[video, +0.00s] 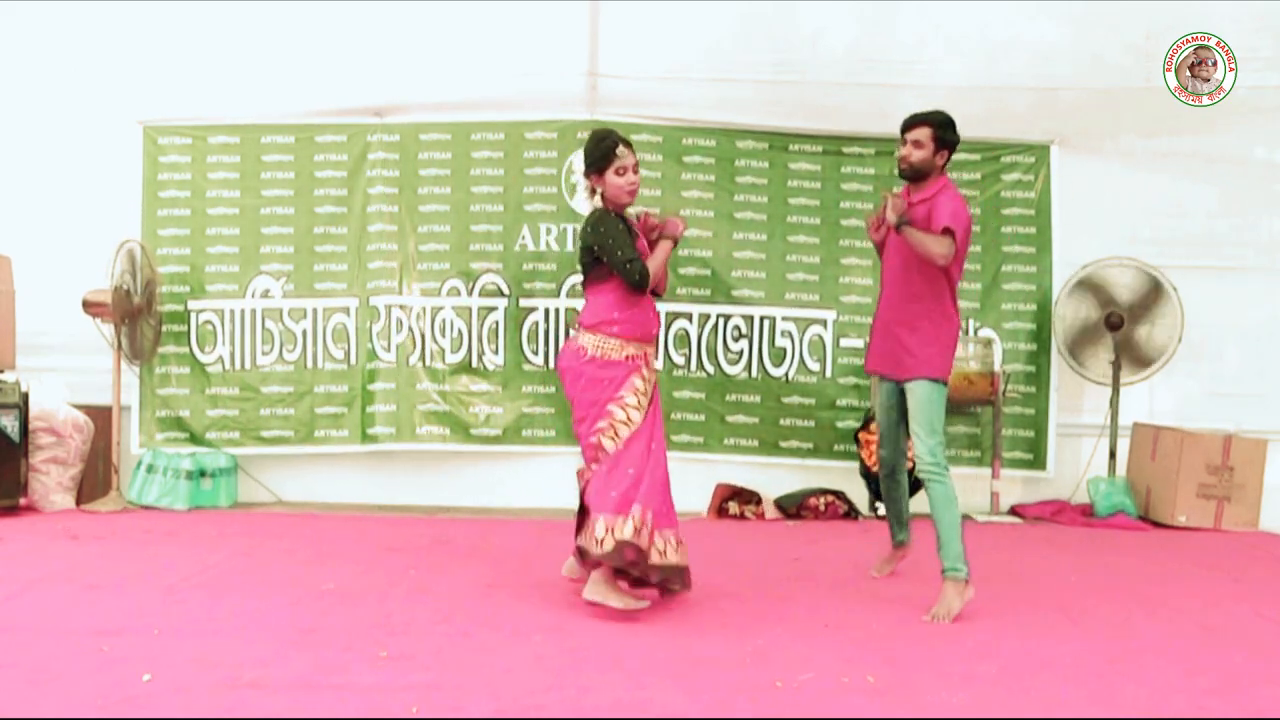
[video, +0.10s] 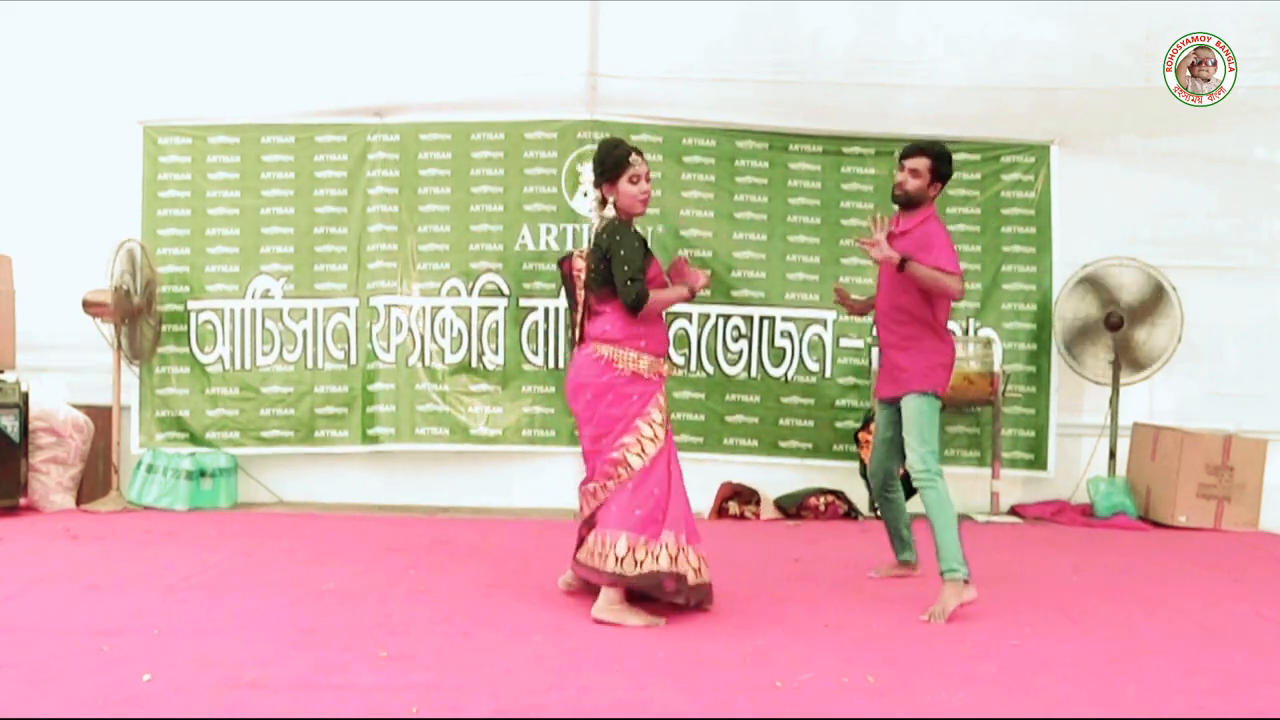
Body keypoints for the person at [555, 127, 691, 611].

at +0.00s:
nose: (633, 178)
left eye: (635, 168)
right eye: (621, 171)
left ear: (638, 171)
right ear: (596, 181)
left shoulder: (628, 224)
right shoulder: (603, 224)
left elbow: (658, 286)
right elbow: (641, 279)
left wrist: (661, 241)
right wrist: (667, 240)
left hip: (629, 355)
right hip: (603, 358)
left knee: (624, 454)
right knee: (629, 456)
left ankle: (585, 553)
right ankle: (602, 576)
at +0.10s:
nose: (646, 188)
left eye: (648, 179)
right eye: (635, 180)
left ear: (645, 183)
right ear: (608, 189)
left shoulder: (611, 234)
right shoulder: (622, 236)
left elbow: (626, 291)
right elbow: (637, 300)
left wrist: (672, 279)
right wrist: (684, 291)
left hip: (599, 367)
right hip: (616, 372)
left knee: (614, 471)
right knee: (645, 474)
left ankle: (584, 567)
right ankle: (612, 597)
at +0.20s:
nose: (655, 190)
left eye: (656, 181)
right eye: (644, 182)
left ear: (648, 185)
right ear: (618, 190)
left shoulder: (610, 238)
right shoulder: (631, 238)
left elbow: (624, 304)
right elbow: (636, 304)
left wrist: (672, 304)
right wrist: (696, 324)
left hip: (606, 369)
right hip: (628, 375)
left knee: (626, 471)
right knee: (658, 475)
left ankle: (588, 563)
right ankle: (614, 597)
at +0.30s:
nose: (662, 179)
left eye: (663, 169)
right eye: (651, 172)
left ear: (655, 172)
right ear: (626, 179)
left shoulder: (611, 227)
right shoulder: (638, 224)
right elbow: (629, 283)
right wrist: (690, 310)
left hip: (607, 362)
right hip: (630, 365)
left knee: (625, 466)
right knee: (649, 469)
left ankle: (596, 566)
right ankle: (613, 593)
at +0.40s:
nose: (665, 174)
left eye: (665, 165)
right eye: (655, 167)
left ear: (633, 173)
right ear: (629, 174)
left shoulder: (611, 220)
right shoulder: (638, 218)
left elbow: (594, 287)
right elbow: (628, 278)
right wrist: (689, 299)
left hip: (607, 359)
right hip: (630, 362)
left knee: (622, 463)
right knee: (645, 466)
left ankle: (600, 566)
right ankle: (613, 593)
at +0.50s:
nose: (663, 178)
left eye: (663, 167)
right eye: (653, 170)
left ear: (634, 177)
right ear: (627, 180)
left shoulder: (613, 225)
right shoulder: (635, 225)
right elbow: (634, 289)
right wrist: (693, 310)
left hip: (602, 361)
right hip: (623, 365)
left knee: (617, 466)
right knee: (644, 471)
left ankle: (593, 567)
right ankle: (614, 596)